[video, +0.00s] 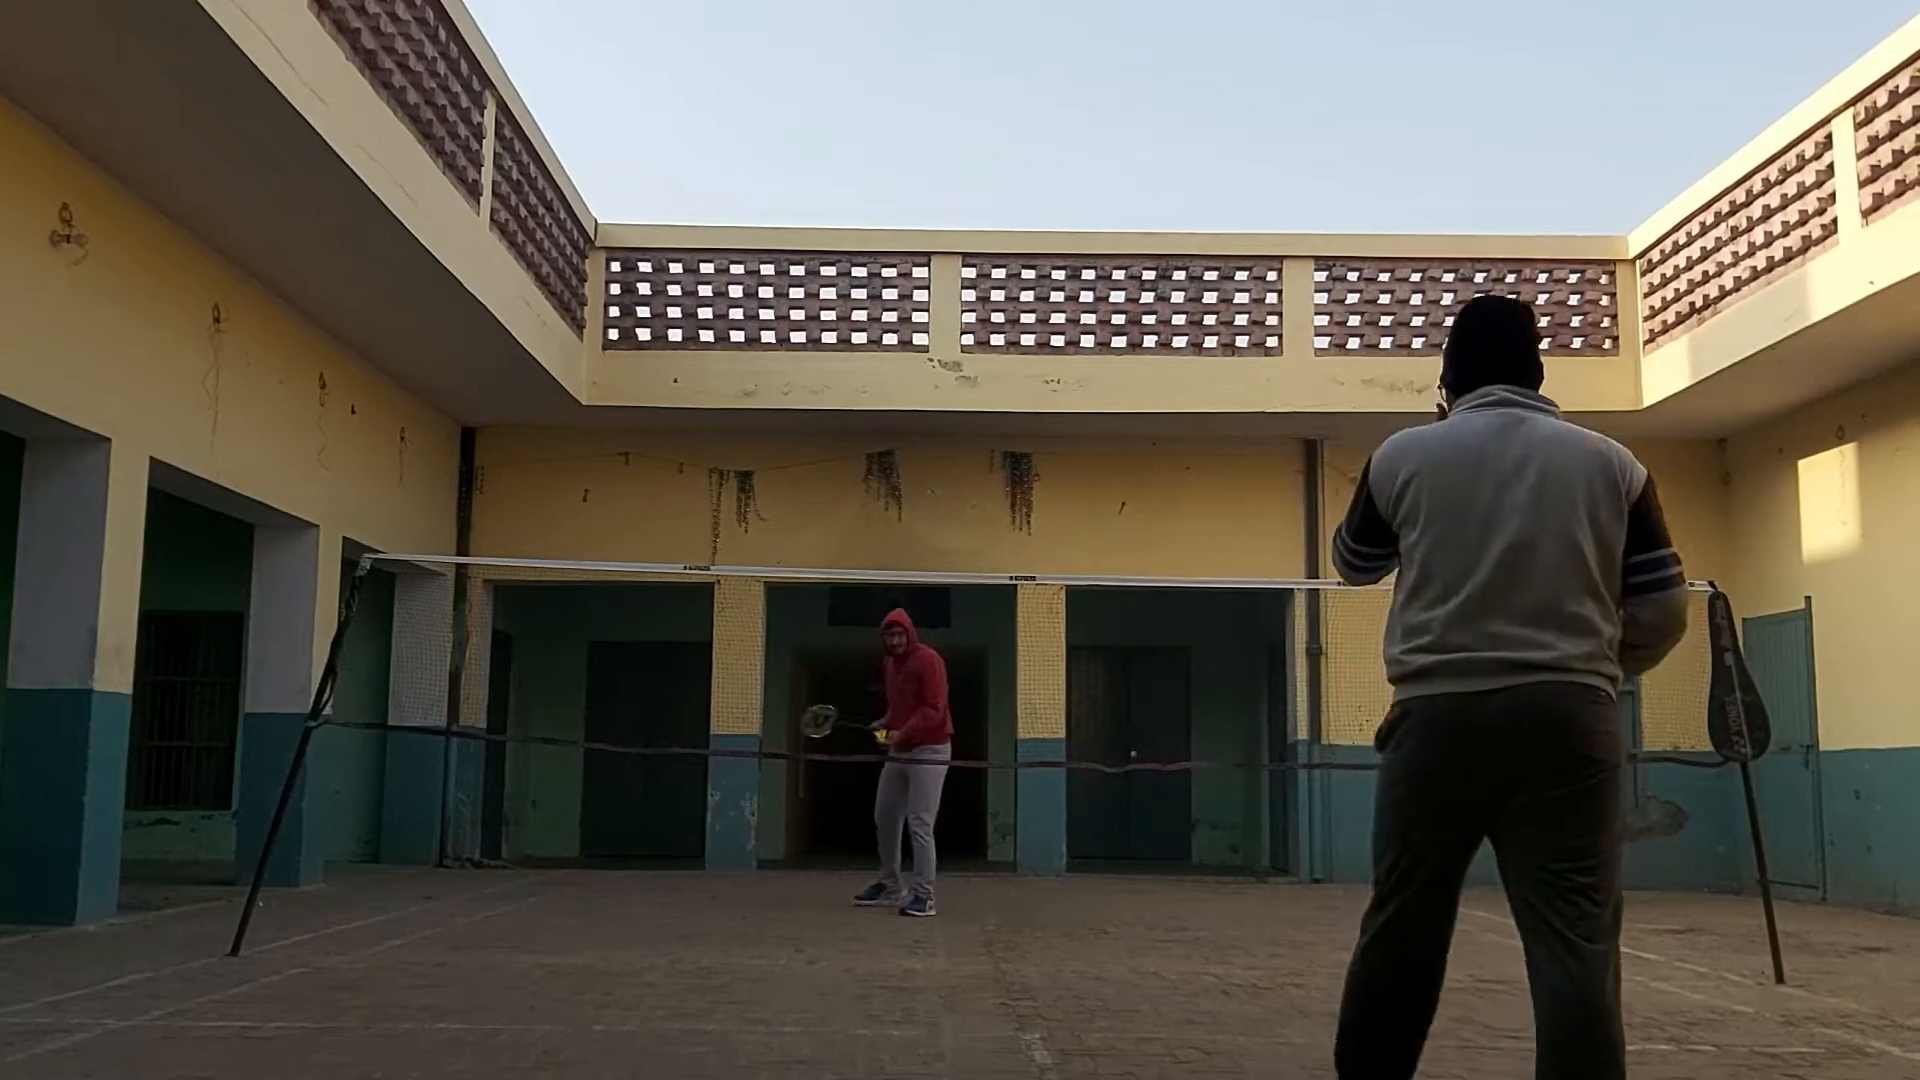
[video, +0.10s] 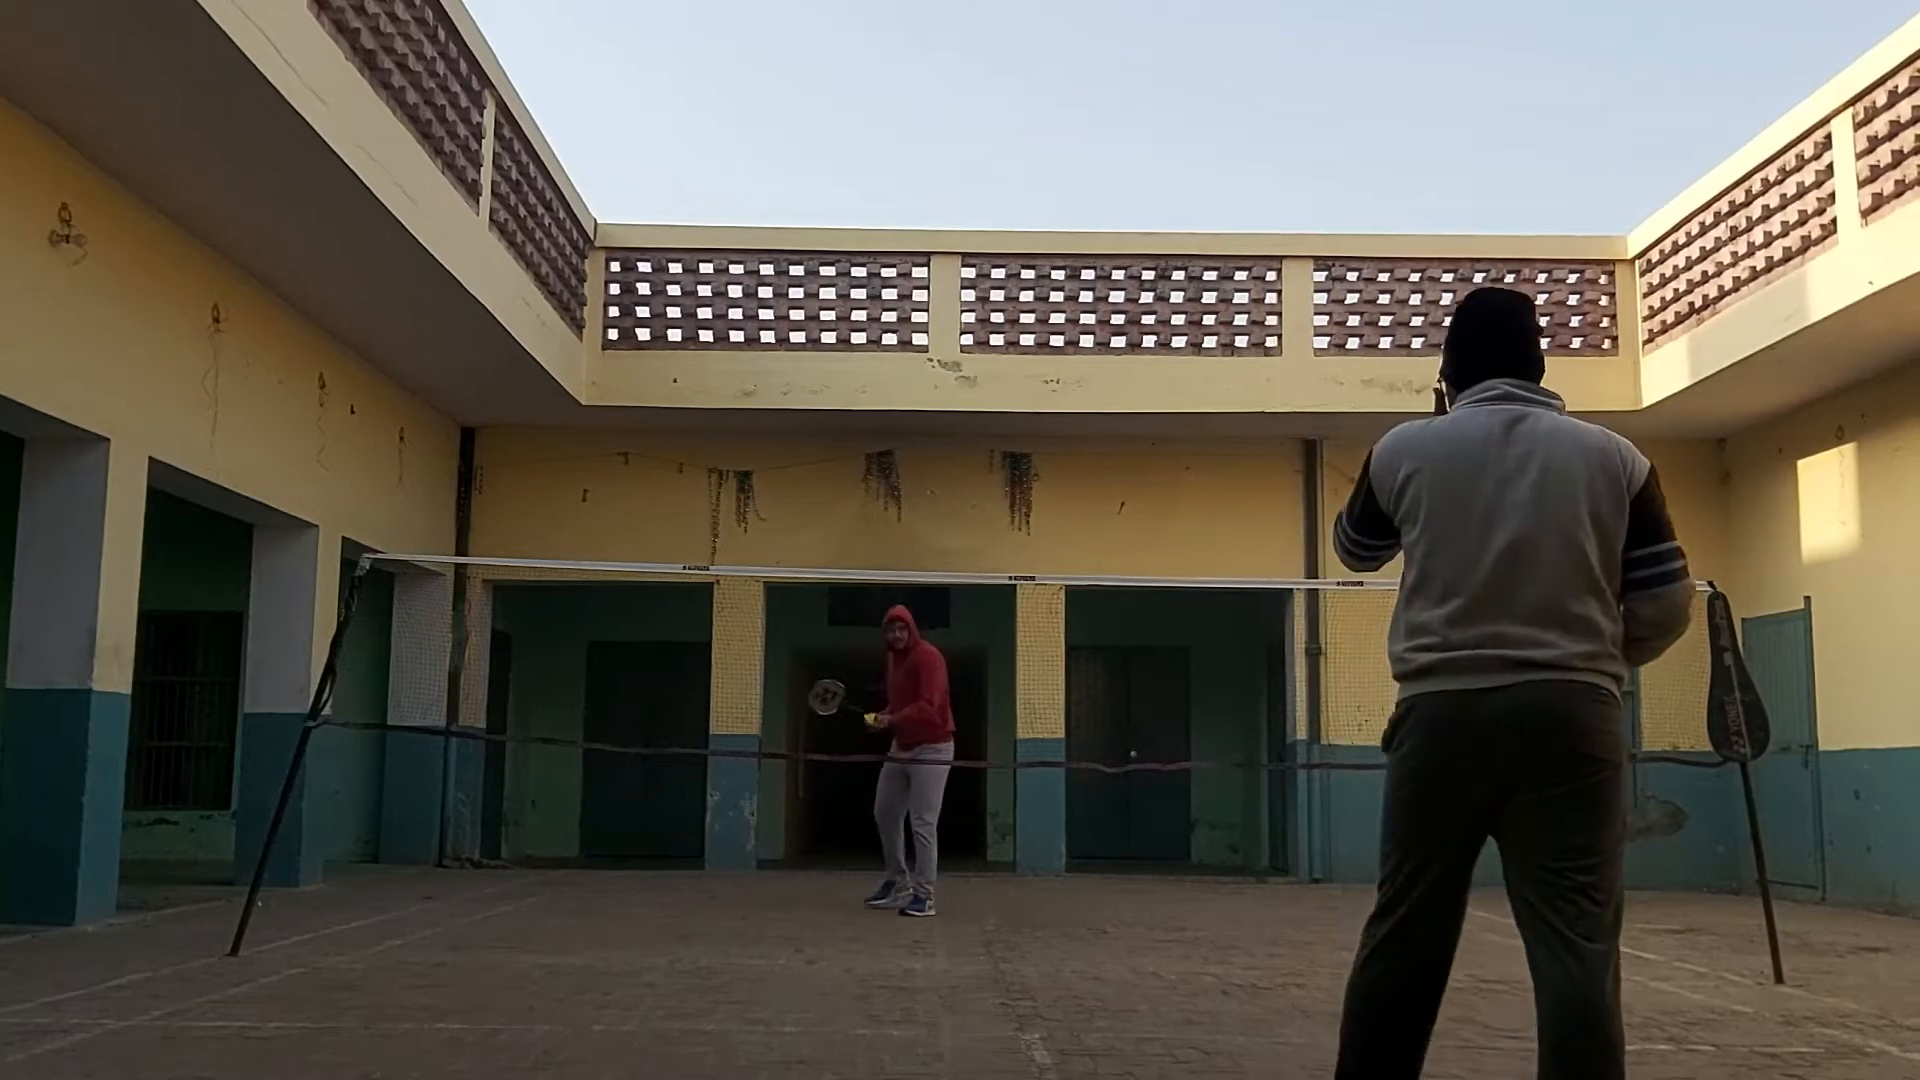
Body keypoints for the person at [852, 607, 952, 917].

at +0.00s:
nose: (894, 639)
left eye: (899, 634)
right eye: (889, 635)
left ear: (910, 635)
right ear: (884, 638)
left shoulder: (928, 660)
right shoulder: (891, 665)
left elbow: (935, 711)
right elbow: (899, 705)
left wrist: (902, 734)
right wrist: (885, 723)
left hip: (929, 751)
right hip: (900, 750)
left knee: (920, 823)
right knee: (886, 817)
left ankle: (923, 895)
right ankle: (889, 884)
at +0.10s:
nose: (897, 633)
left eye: (902, 628)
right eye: (892, 629)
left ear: (912, 630)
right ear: (885, 634)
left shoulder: (928, 657)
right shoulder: (894, 659)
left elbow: (931, 707)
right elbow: (899, 703)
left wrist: (891, 719)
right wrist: (883, 716)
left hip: (931, 749)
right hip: (902, 747)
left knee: (923, 822)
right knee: (887, 813)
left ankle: (924, 894)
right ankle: (897, 881)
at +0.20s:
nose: (897, 631)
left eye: (902, 626)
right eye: (892, 627)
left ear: (913, 628)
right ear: (886, 632)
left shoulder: (928, 655)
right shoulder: (896, 657)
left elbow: (924, 702)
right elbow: (904, 701)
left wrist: (883, 707)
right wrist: (883, 711)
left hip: (933, 747)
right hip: (904, 745)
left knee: (925, 822)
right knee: (888, 812)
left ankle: (923, 894)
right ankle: (902, 882)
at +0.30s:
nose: (897, 631)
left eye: (902, 625)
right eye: (891, 626)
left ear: (912, 627)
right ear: (885, 631)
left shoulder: (928, 653)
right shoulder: (895, 657)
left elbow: (920, 699)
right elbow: (903, 703)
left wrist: (878, 700)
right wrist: (883, 709)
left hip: (935, 747)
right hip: (905, 745)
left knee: (925, 821)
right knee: (892, 813)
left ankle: (923, 894)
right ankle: (904, 885)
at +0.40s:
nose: (895, 631)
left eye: (900, 626)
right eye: (890, 627)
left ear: (912, 628)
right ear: (885, 632)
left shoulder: (927, 653)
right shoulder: (896, 656)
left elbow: (916, 697)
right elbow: (902, 697)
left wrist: (869, 697)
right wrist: (888, 710)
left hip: (935, 747)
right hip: (906, 745)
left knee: (926, 821)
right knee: (894, 813)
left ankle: (923, 894)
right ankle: (904, 884)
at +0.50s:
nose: (894, 632)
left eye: (899, 626)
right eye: (889, 627)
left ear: (911, 628)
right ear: (883, 632)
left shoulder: (926, 653)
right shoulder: (896, 656)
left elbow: (913, 697)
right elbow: (904, 697)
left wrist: (867, 698)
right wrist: (892, 710)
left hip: (936, 747)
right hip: (906, 745)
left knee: (926, 821)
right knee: (893, 813)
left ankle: (923, 894)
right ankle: (904, 884)